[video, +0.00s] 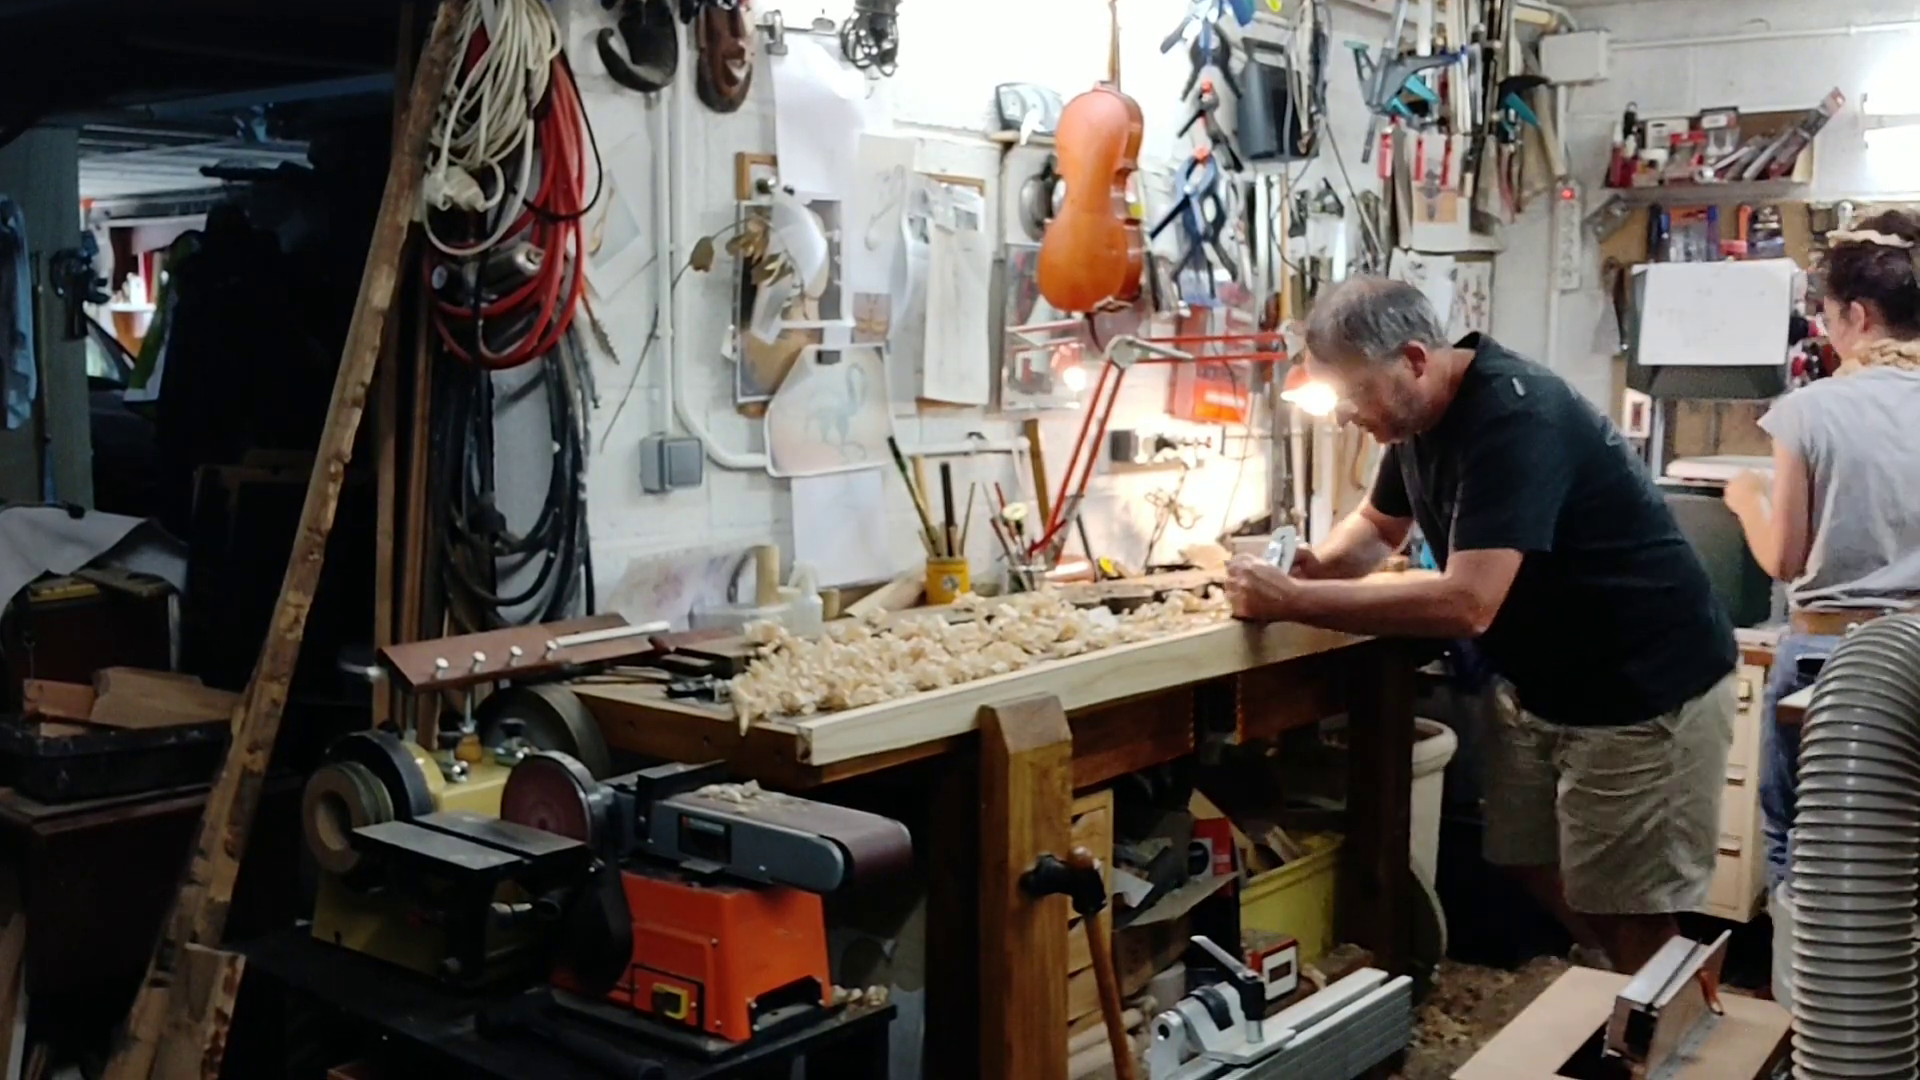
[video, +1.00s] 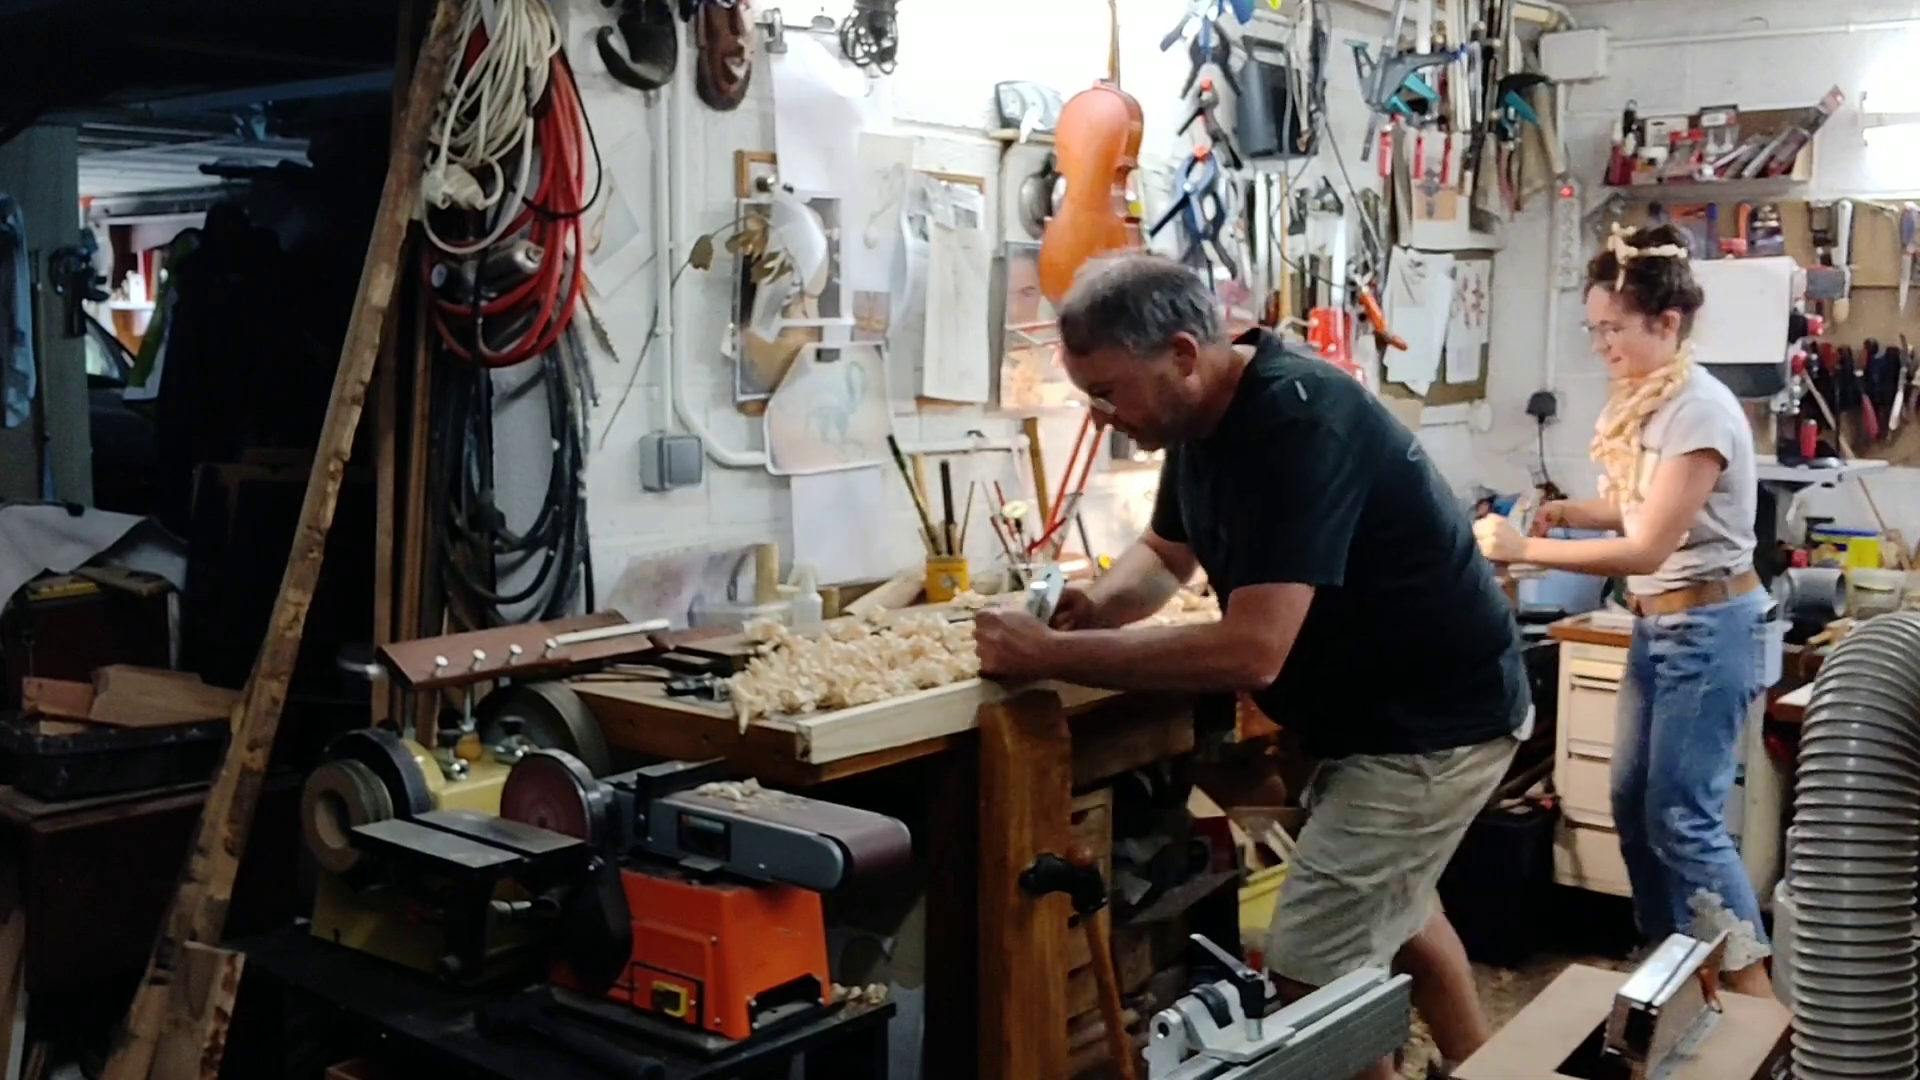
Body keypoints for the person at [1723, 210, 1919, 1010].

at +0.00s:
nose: (1820, 332)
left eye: (1824, 316)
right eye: (1819, 317)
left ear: (1858, 314)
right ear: (1906, 312)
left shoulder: (1811, 407)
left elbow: (1784, 560)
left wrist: (1746, 501)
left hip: (1827, 646)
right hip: (1915, 643)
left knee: (1792, 822)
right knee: (1901, 823)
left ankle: (1803, 998)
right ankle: (1890, 997)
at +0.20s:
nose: (1777, 337)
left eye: (1782, 319)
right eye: (1777, 319)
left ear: (1827, 322)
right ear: (1860, 319)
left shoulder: (1803, 415)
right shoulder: (1910, 395)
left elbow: (1773, 563)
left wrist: (1695, 511)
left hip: (1817, 650)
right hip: (1906, 640)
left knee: (1768, 834)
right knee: (1885, 829)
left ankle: (1764, 988)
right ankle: (1874, 990)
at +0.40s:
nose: (1718, 340)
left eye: (1723, 324)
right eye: (1717, 323)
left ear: (1773, 322)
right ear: (1788, 320)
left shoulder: (1773, 412)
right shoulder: (1856, 399)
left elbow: (1731, 560)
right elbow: (1832, 525)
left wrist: (1629, 518)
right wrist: (1733, 509)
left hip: (1775, 646)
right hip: (1850, 635)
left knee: (1745, 850)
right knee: (1818, 840)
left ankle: (1764, 1021)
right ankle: (1821, 1009)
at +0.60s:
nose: (1671, 339)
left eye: (1677, 322)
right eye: (1669, 323)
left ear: (1728, 317)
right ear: (1732, 318)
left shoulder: (1756, 403)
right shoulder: (1768, 391)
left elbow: (1677, 547)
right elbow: (1715, 508)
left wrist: (1560, 531)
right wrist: (1636, 505)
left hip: (1769, 637)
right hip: (1774, 629)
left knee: (1722, 823)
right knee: (1684, 790)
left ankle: (1765, 997)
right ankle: (1747, 961)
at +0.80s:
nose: (1630, 343)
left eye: (1640, 328)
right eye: (1628, 328)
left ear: (1698, 324)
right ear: (1689, 325)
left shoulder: (1727, 409)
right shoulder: (1691, 402)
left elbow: (1652, 551)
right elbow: (1664, 512)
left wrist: (1531, 547)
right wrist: (1584, 510)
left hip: (1743, 632)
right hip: (1706, 629)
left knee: (1705, 823)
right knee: (1656, 806)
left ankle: (1755, 988)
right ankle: (1669, 964)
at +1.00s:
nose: (1600, 345)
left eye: (1610, 328)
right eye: (1594, 330)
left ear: (1666, 321)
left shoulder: (1700, 409)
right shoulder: (1638, 406)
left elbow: (1646, 548)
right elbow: (1631, 510)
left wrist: (1523, 550)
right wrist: (1561, 510)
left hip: (1712, 628)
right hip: (1656, 625)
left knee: (1685, 818)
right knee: (1635, 805)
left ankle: (1749, 982)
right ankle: (1672, 963)